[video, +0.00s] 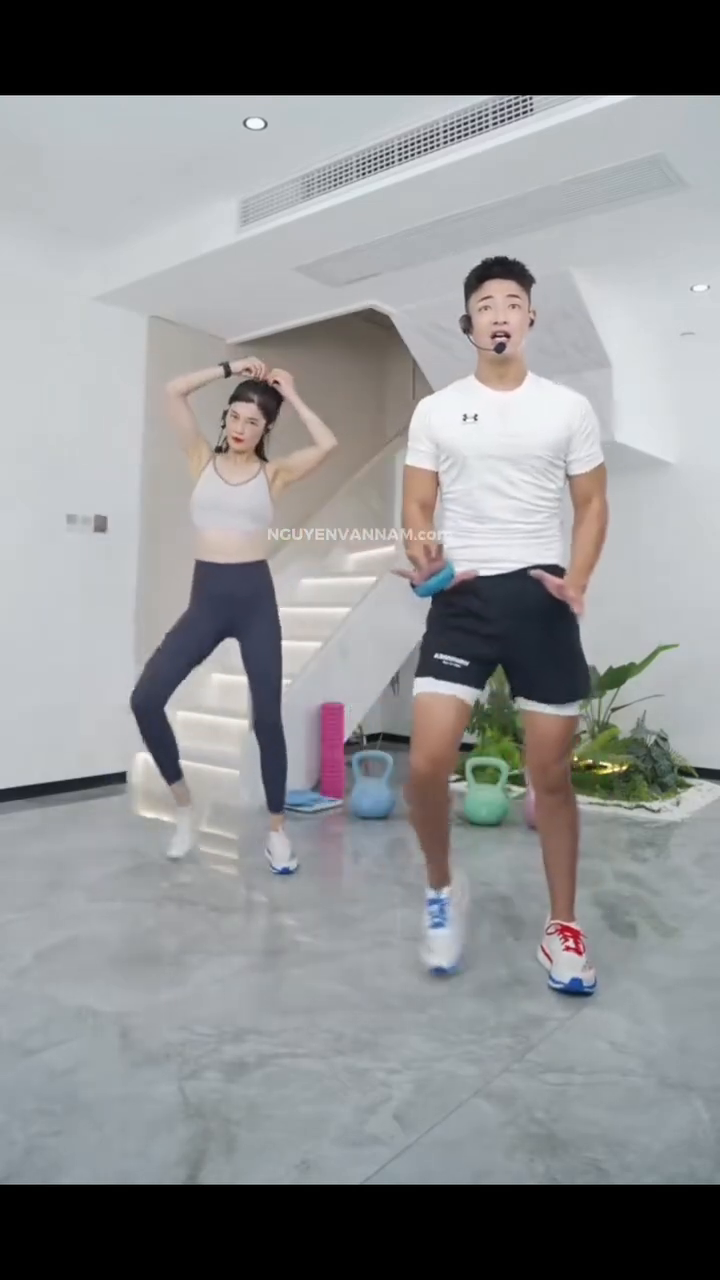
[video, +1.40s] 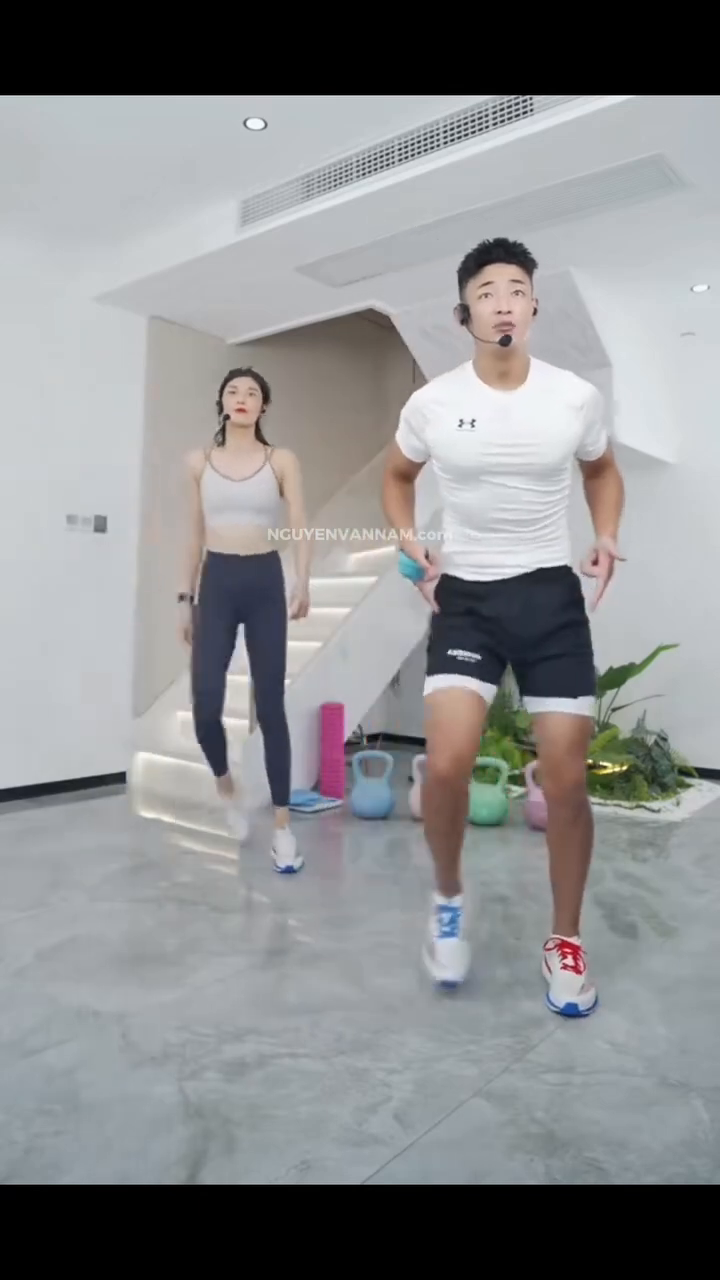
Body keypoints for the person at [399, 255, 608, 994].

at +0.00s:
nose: (499, 316)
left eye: (512, 305)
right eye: (486, 306)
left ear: (531, 318)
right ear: (468, 322)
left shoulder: (568, 409)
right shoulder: (436, 411)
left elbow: (592, 507)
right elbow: (416, 513)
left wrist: (577, 582)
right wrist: (423, 552)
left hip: (541, 602)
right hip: (459, 601)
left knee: (551, 777)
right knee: (425, 768)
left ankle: (563, 927)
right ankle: (440, 888)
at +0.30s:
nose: (438, 317)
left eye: (451, 306)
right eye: (425, 307)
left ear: (470, 320)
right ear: (407, 324)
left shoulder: (506, 412)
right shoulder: (372, 410)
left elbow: (528, 509)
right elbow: (356, 508)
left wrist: (518, 579)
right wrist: (365, 557)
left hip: (476, 604)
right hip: (394, 604)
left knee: (517, 782)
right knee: (365, 764)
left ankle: (552, 929)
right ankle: (333, 935)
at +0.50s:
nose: (405, 313)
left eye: (419, 301)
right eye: (391, 302)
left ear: (438, 317)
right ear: (374, 320)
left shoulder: (476, 407)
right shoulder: (338, 404)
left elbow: (499, 494)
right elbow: (316, 492)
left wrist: (490, 555)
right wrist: (316, 542)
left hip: (442, 599)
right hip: (359, 600)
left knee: (471, 768)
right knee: (343, 766)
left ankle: (457, 890)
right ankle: (331, 936)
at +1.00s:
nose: (420, 301)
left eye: (433, 289)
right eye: (406, 289)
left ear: (453, 307)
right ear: (385, 308)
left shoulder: (492, 397)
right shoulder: (348, 402)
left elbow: (514, 473)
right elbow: (315, 474)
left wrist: (514, 531)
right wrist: (322, 530)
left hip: (469, 596)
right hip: (382, 601)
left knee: (521, 767)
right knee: (358, 769)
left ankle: (534, 931)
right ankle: (334, 937)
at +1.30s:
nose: (493, 306)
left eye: (507, 293)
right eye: (478, 294)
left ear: (525, 310)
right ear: (455, 313)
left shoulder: (565, 402)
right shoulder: (419, 407)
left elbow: (591, 471)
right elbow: (388, 481)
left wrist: (596, 537)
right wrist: (400, 540)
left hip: (544, 605)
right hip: (454, 608)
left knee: (562, 781)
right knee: (406, 766)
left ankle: (564, 945)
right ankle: (386, 911)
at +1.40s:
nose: (504, 304)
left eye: (517, 291)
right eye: (487, 293)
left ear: (534, 307)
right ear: (465, 313)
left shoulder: (577, 399)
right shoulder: (432, 405)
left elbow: (602, 471)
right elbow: (395, 475)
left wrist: (606, 535)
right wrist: (410, 540)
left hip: (554, 604)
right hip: (465, 604)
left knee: (567, 780)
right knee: (445, 766)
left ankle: (565, 943)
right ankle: (447, 901)